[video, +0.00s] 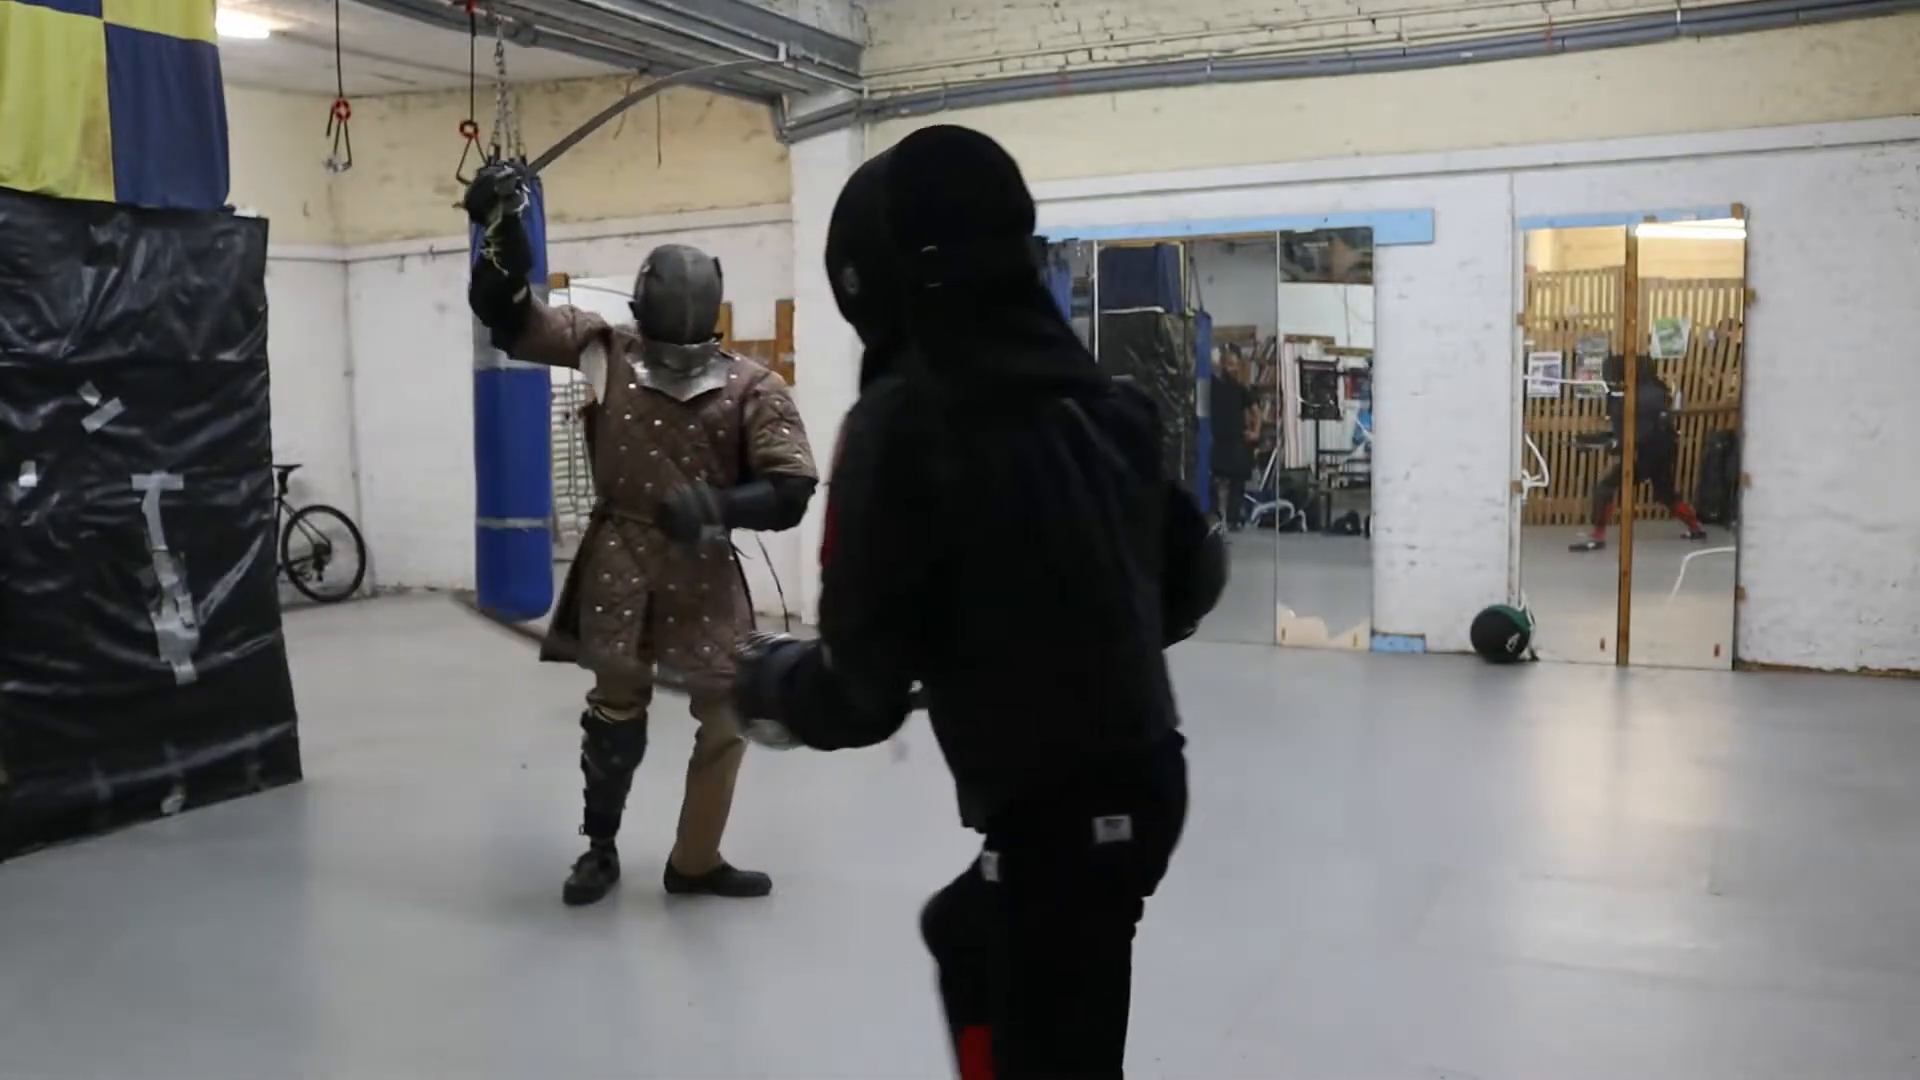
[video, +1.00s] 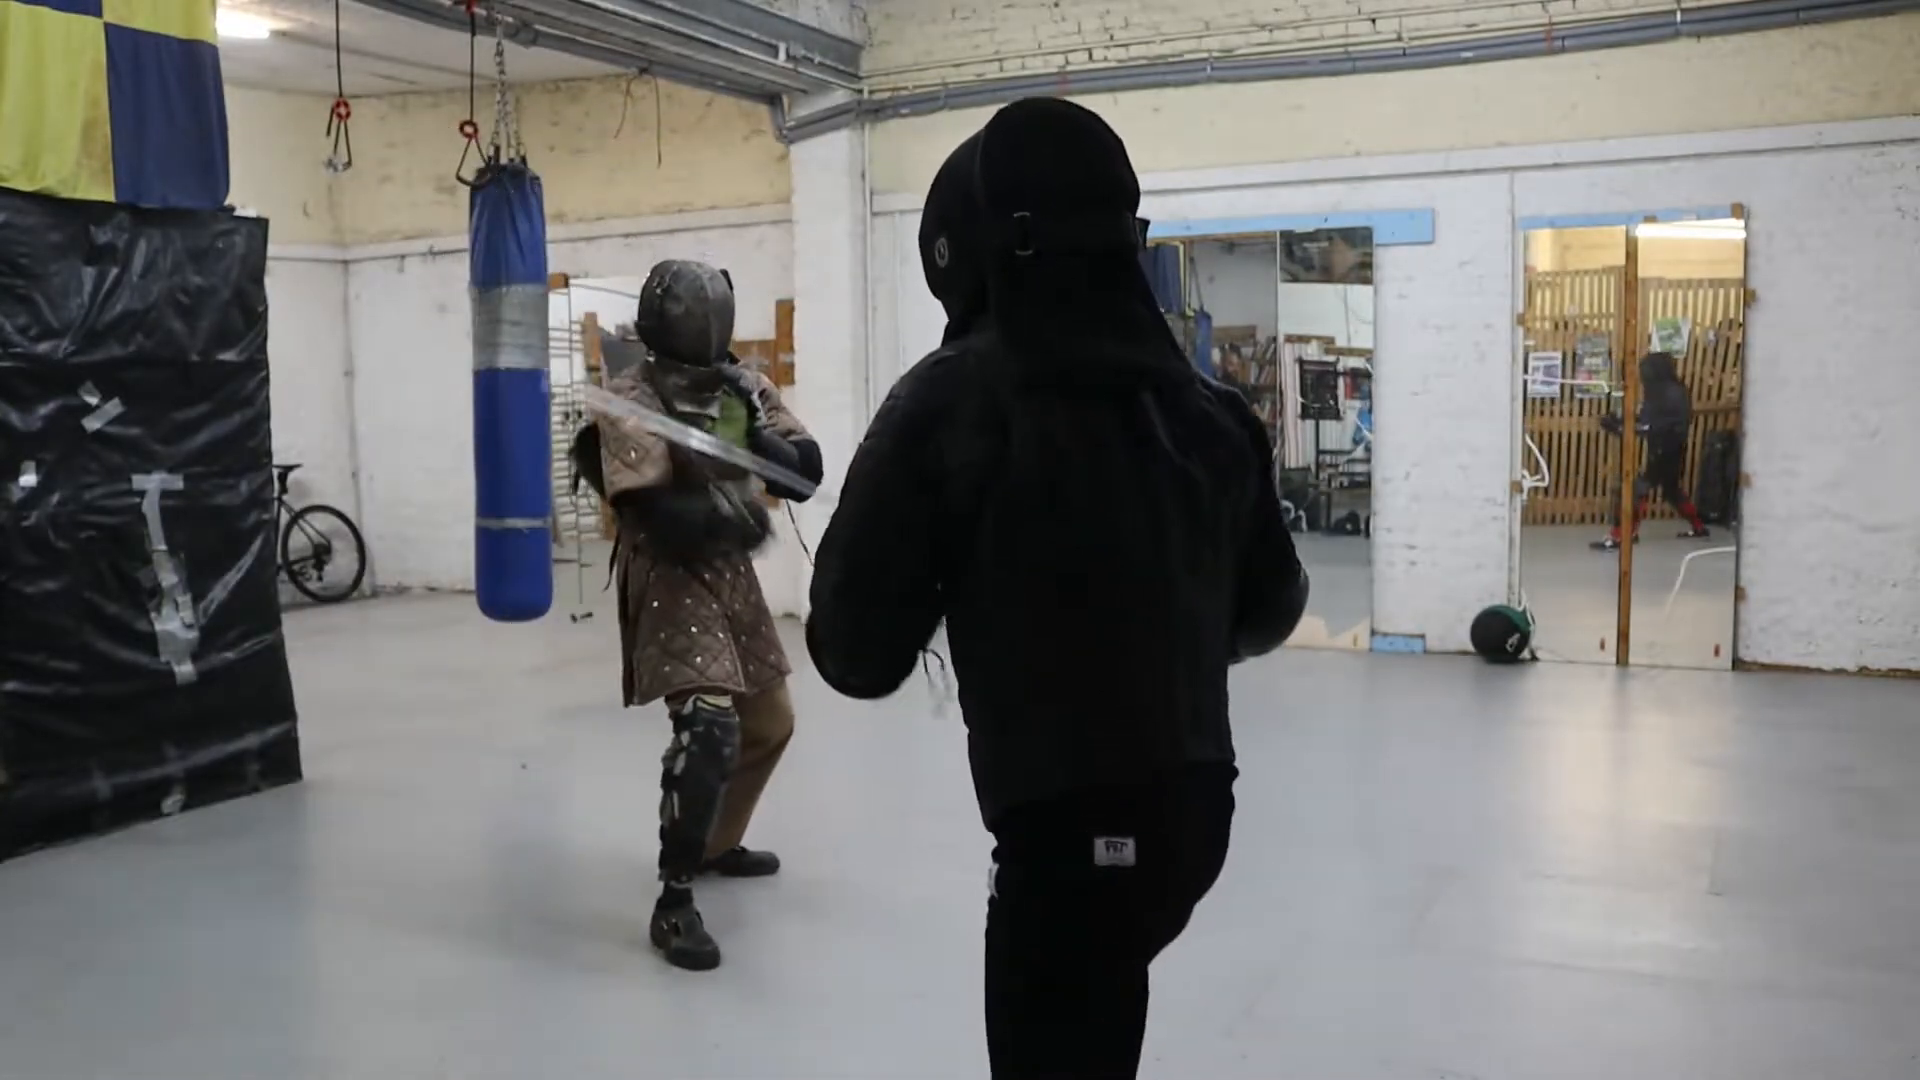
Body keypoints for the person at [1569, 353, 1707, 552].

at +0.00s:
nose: (1610, 383)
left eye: (1613, 379)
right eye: (1609, 379)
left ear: (1624, 377)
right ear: (1645, 372)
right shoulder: (1658, 389)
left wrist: (1619, 446)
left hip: (1644, 454)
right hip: (1662, 451)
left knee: (1604, 488)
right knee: (1665, 493)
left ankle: (1597, 536)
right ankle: (1696, 529)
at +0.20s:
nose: (1616, 380)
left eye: (1619, 374)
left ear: (1635, 372)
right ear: (1655, 369)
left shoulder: (1637, 395)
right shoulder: (1664, 390)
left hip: (1645, 451)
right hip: (1664, 449)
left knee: (1611, 486)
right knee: (1670, 487)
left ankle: (1617, 535)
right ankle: (1695, 527)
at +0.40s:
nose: (1610, 376)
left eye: (1614, 370)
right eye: (1610, 370)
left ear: (1628, 371)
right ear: (1649, 368)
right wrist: (1594, 418)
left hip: (1645, 453)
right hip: (1664, 449)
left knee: (1611, 489)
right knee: (1669, 486)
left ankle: (1618, 536)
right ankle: (1695, 526)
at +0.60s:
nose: (1610, 378)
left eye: (1613, 374)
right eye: (1610, 374)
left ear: (1625, 374)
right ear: (1651, 368)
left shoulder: (1623, 397)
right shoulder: (1661, 392)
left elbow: (1597, 417)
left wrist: (1579, 410)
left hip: (1639, 456)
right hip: (1663, 452)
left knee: (1610, 489)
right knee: (1668, 488)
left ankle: (1618, 536)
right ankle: (1694, 523)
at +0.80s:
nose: (1626, 378)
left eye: (1632, 373)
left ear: (1640, 371)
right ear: (1659, 369)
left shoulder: (1636, 397)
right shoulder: (1669, 391)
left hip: (1645, 452)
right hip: (1664, 449)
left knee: (1614, 491)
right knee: (1662, 487)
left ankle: (1618, 536)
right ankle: (1692, 520)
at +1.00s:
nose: (1643, 377)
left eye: (1646, 372)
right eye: (1643, 372)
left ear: (1655, 372)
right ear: (1666, 370)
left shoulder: (1667, 393)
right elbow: (1648, 420)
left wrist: (1621, 427)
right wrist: (1620, 423)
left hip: (1666, 449)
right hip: (1667, 447)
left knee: (1638, 489)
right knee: (1671, 490)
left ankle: (1622, 535)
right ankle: (1698, 527)